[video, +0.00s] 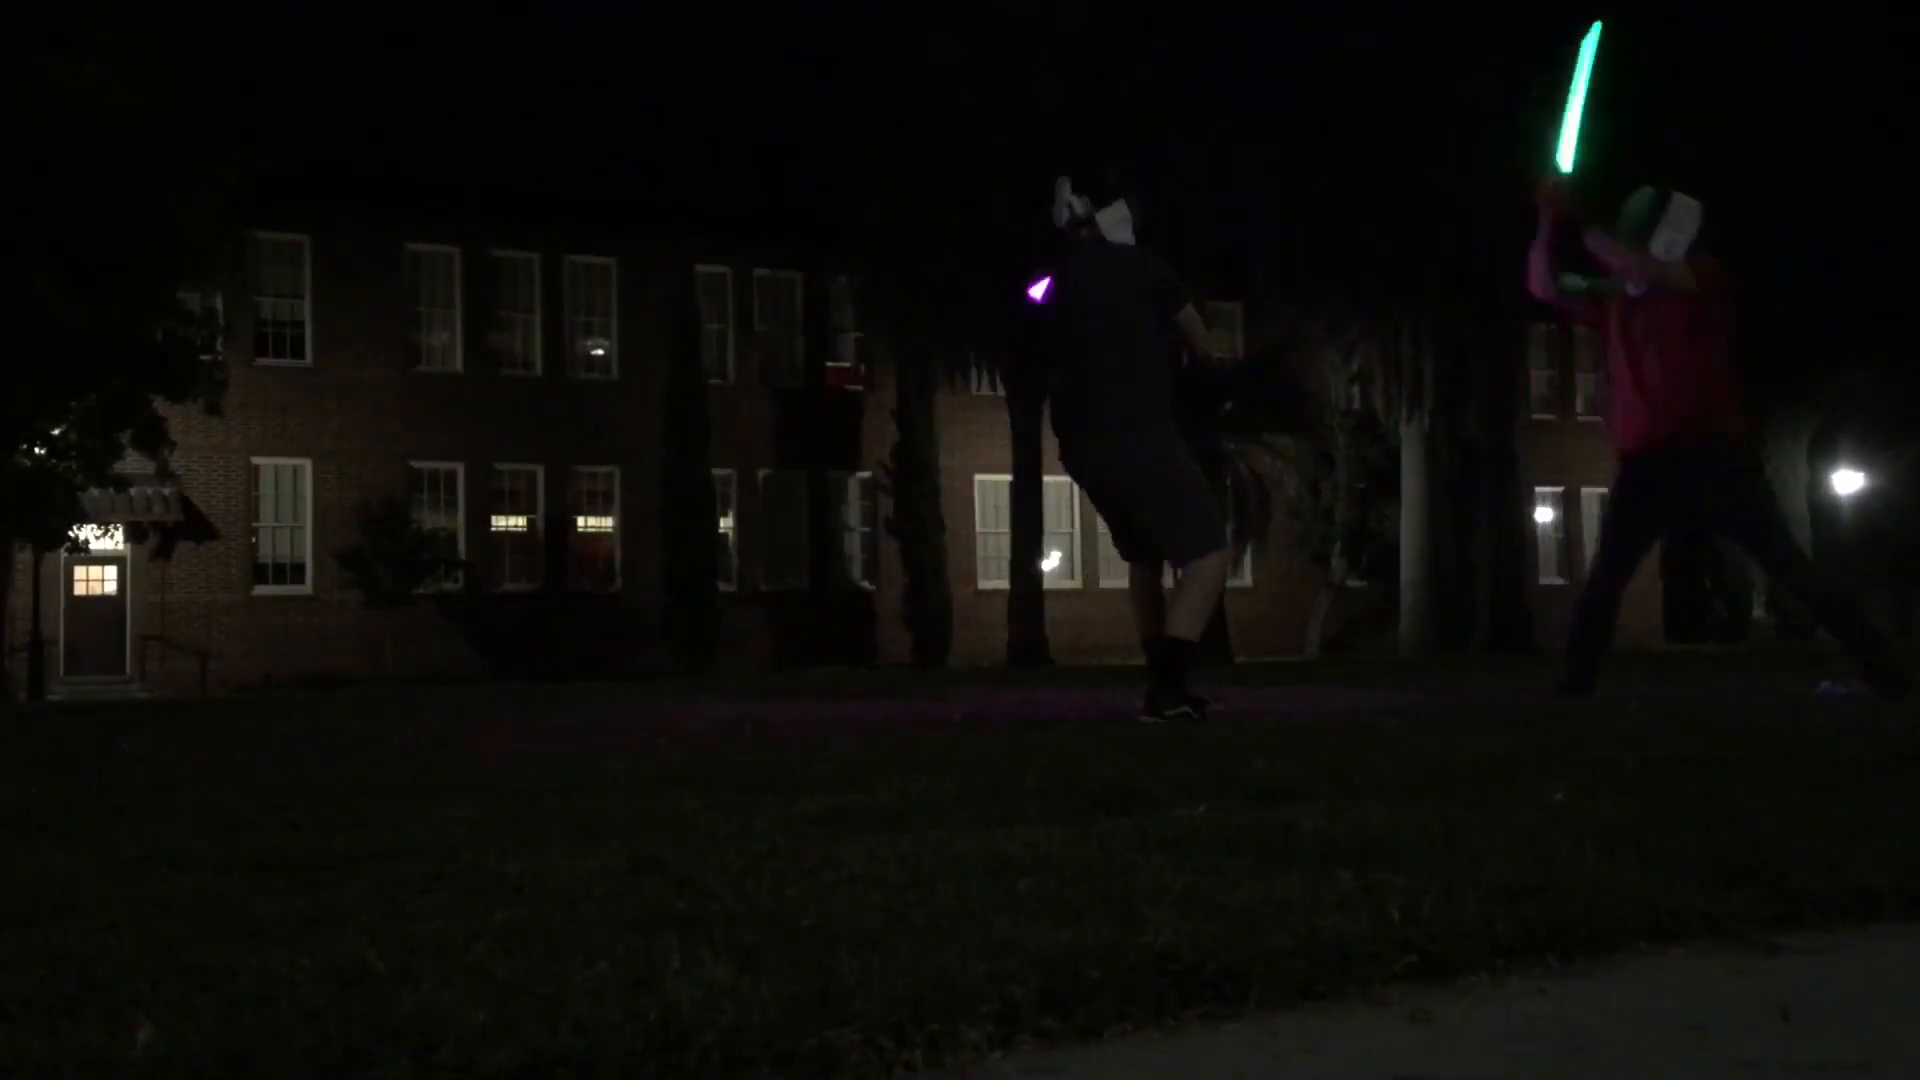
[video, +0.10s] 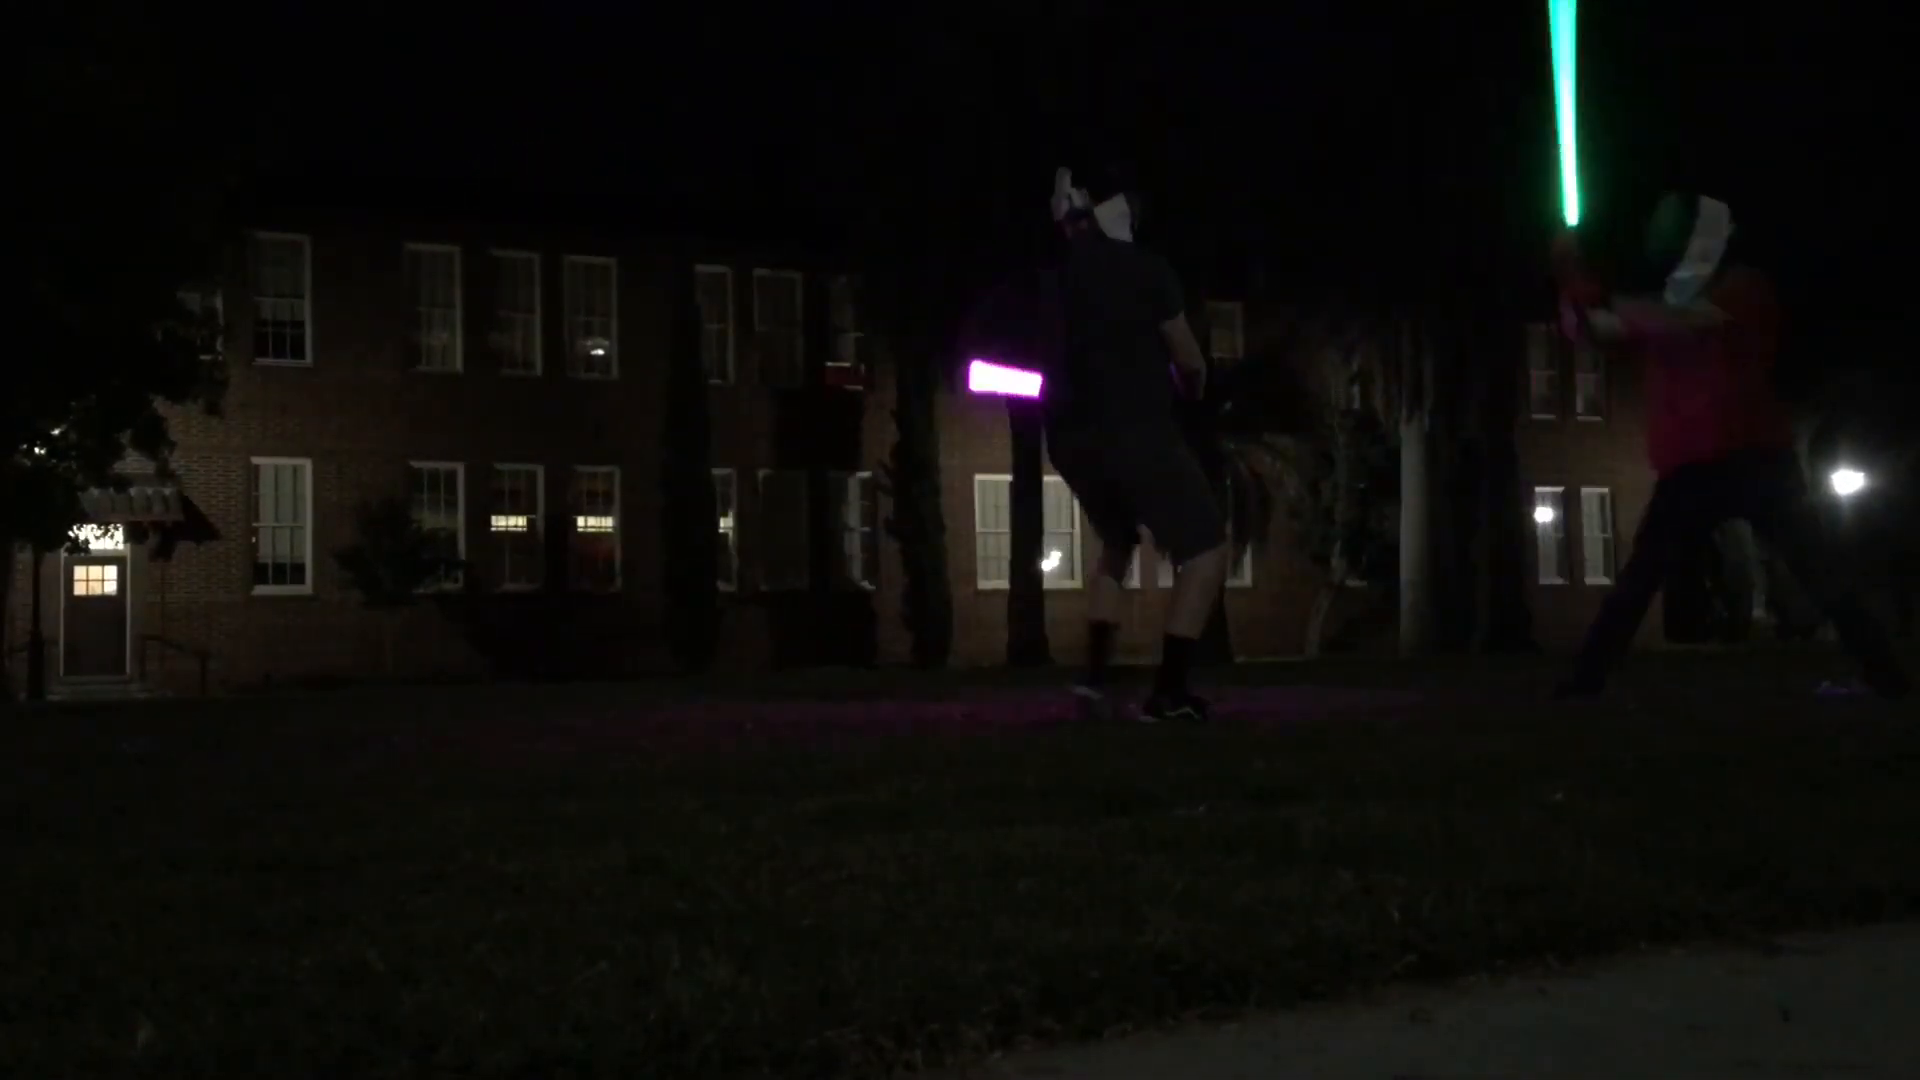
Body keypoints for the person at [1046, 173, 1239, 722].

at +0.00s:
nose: (1135, 217)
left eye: (1129, 207)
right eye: (1128, 208)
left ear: (1082, 222)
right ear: (1118, 215)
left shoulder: (1064, 281)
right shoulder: (1146, 271)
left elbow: (1056, 372)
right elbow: (1203, 348)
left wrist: (1063, 437)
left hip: (1084, 444)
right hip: (1144, 436)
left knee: (1143, 560)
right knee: (1208, 553)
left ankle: (1162, 683)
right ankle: (1170, 687)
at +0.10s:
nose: (1133, 210)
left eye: (1126, 199)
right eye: (1126, 201)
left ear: (1076, 215)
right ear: (1118, 210)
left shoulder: (1056, 272)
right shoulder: (1142, 269)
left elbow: (1049, 353)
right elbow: (1189, 355)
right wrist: (1196, 385)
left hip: (1070, 430)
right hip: (1137, 427)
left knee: (1115, 538)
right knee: (1206, 548)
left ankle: (1094, 678)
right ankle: (1172, 688)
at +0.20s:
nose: (1128, 209)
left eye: (1118, 199)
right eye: (1120, 201)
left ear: (1067, 217)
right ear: (1111, 210)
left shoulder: (1042, 272)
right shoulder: (1129, 266)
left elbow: (1023, 364)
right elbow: (1171, 354)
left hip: (1057, 438)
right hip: (1122, 439)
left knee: (1075, 554)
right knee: (1194, 546)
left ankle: (1022, 630)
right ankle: (1170, 687)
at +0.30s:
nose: (1096, 215)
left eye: (1092, 207)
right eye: (1089, 208)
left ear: (1028, 216)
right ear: (1070, 213)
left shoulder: (1002, 272)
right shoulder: (1094, 265)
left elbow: (997, 370)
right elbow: (1138, 357)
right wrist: (1151, 384)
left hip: (1030, 446)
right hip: (1102, 444)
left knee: (1012, 569)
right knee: (1173, 551)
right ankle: (1169, 695)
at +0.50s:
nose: (1021, 217)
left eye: (1020, 204)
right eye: (1012, 205)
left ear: (962, 206)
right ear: (987, 205)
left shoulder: (928, 261)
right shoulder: (1011, 260)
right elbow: (1041, 353)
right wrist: (1065, 391)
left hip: (937, 440)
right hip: (1009, 440)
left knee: (923, 569)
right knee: (1083, 564)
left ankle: (874, 699)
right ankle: (1145, 684)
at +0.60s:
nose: (986, 208)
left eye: (985, 196)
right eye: (978, 195)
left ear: (929, 194)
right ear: (955, 193)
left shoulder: (890, 248)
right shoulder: (971, 250)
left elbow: (885, 344)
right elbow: (998, 347)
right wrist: (1025, 384)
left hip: (899, 427)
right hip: (969, 427)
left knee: (905, 560)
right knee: (1040, 541)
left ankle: (873, 701)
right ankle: (1057, 684)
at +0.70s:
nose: (962, 200)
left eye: (961, 188)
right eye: (956, 188)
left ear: (908, 186)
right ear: (934, 186)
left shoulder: (876, 239)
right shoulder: (946, 242)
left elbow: (875, 335)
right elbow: (967, 333)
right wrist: (994, 382)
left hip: (874, 416)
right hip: (937, 415)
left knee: (893, 553)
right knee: (1007, 533)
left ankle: (871, 703)